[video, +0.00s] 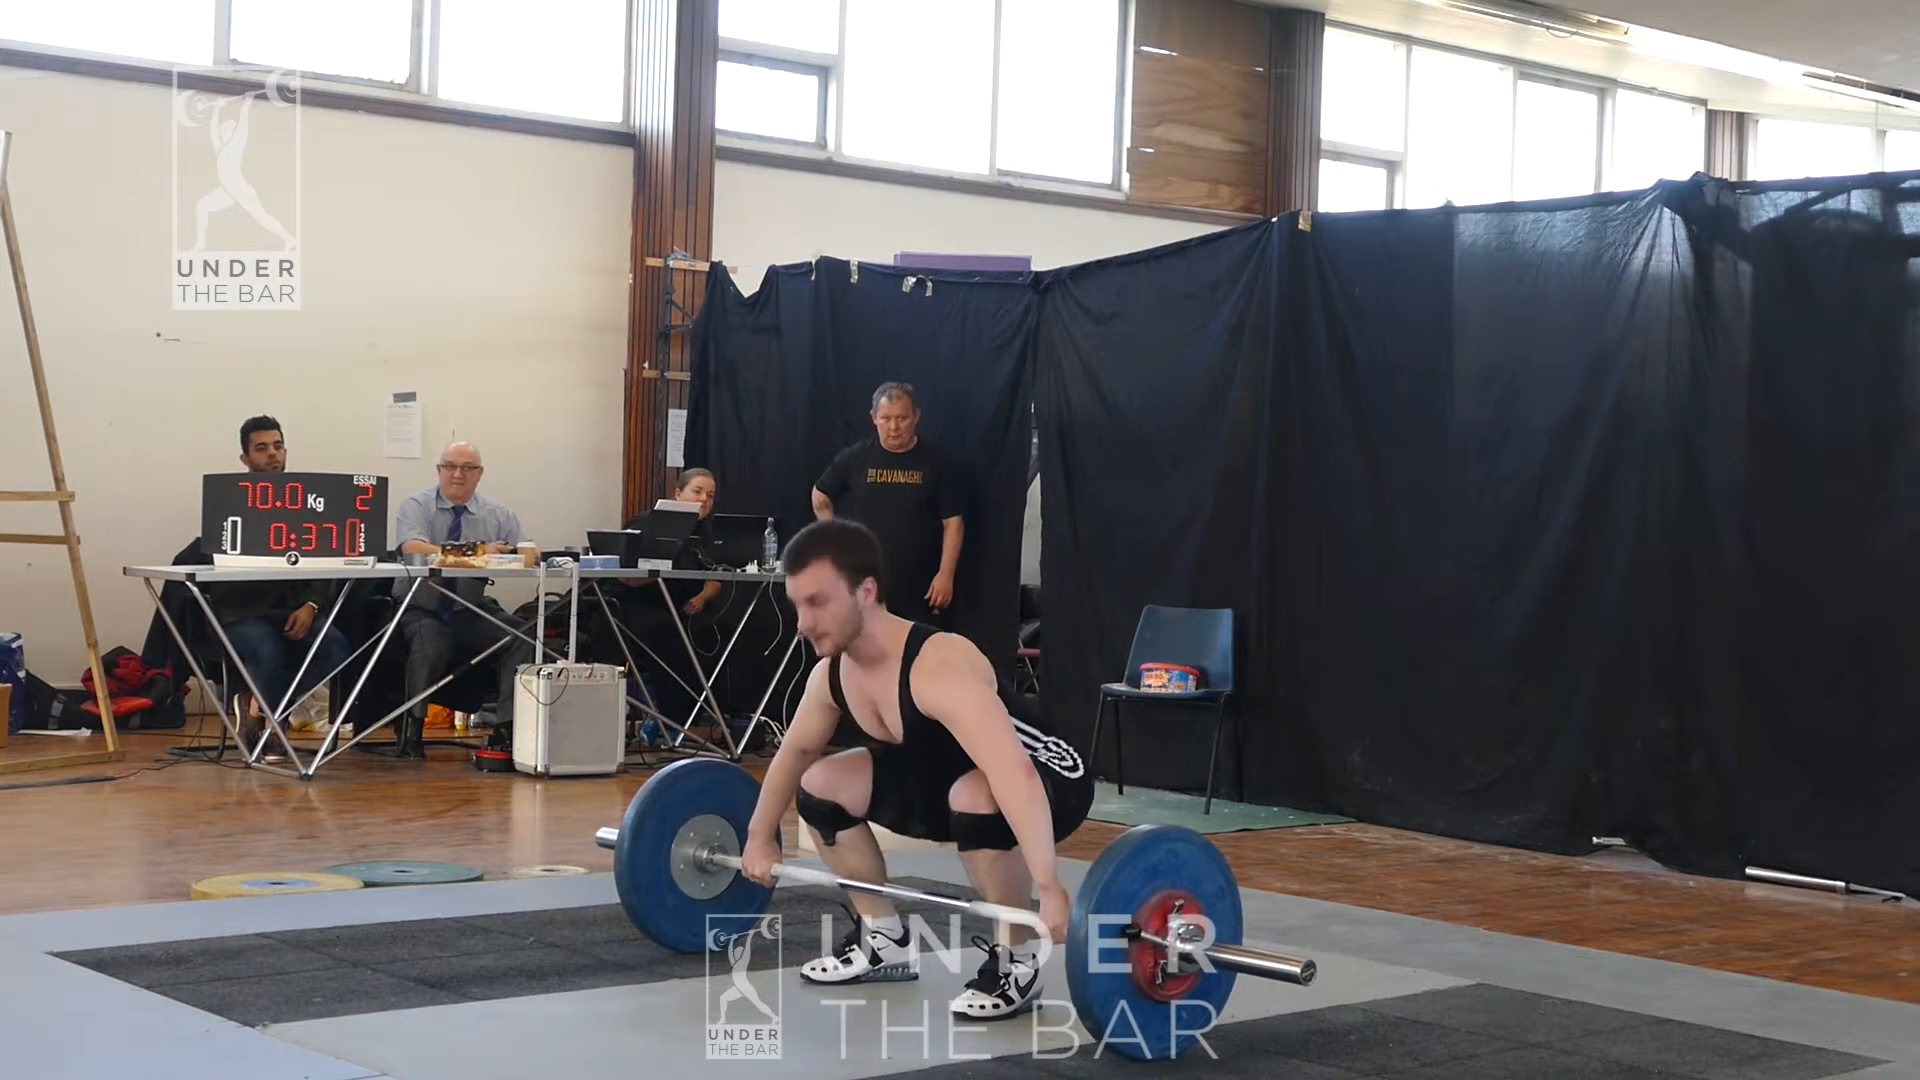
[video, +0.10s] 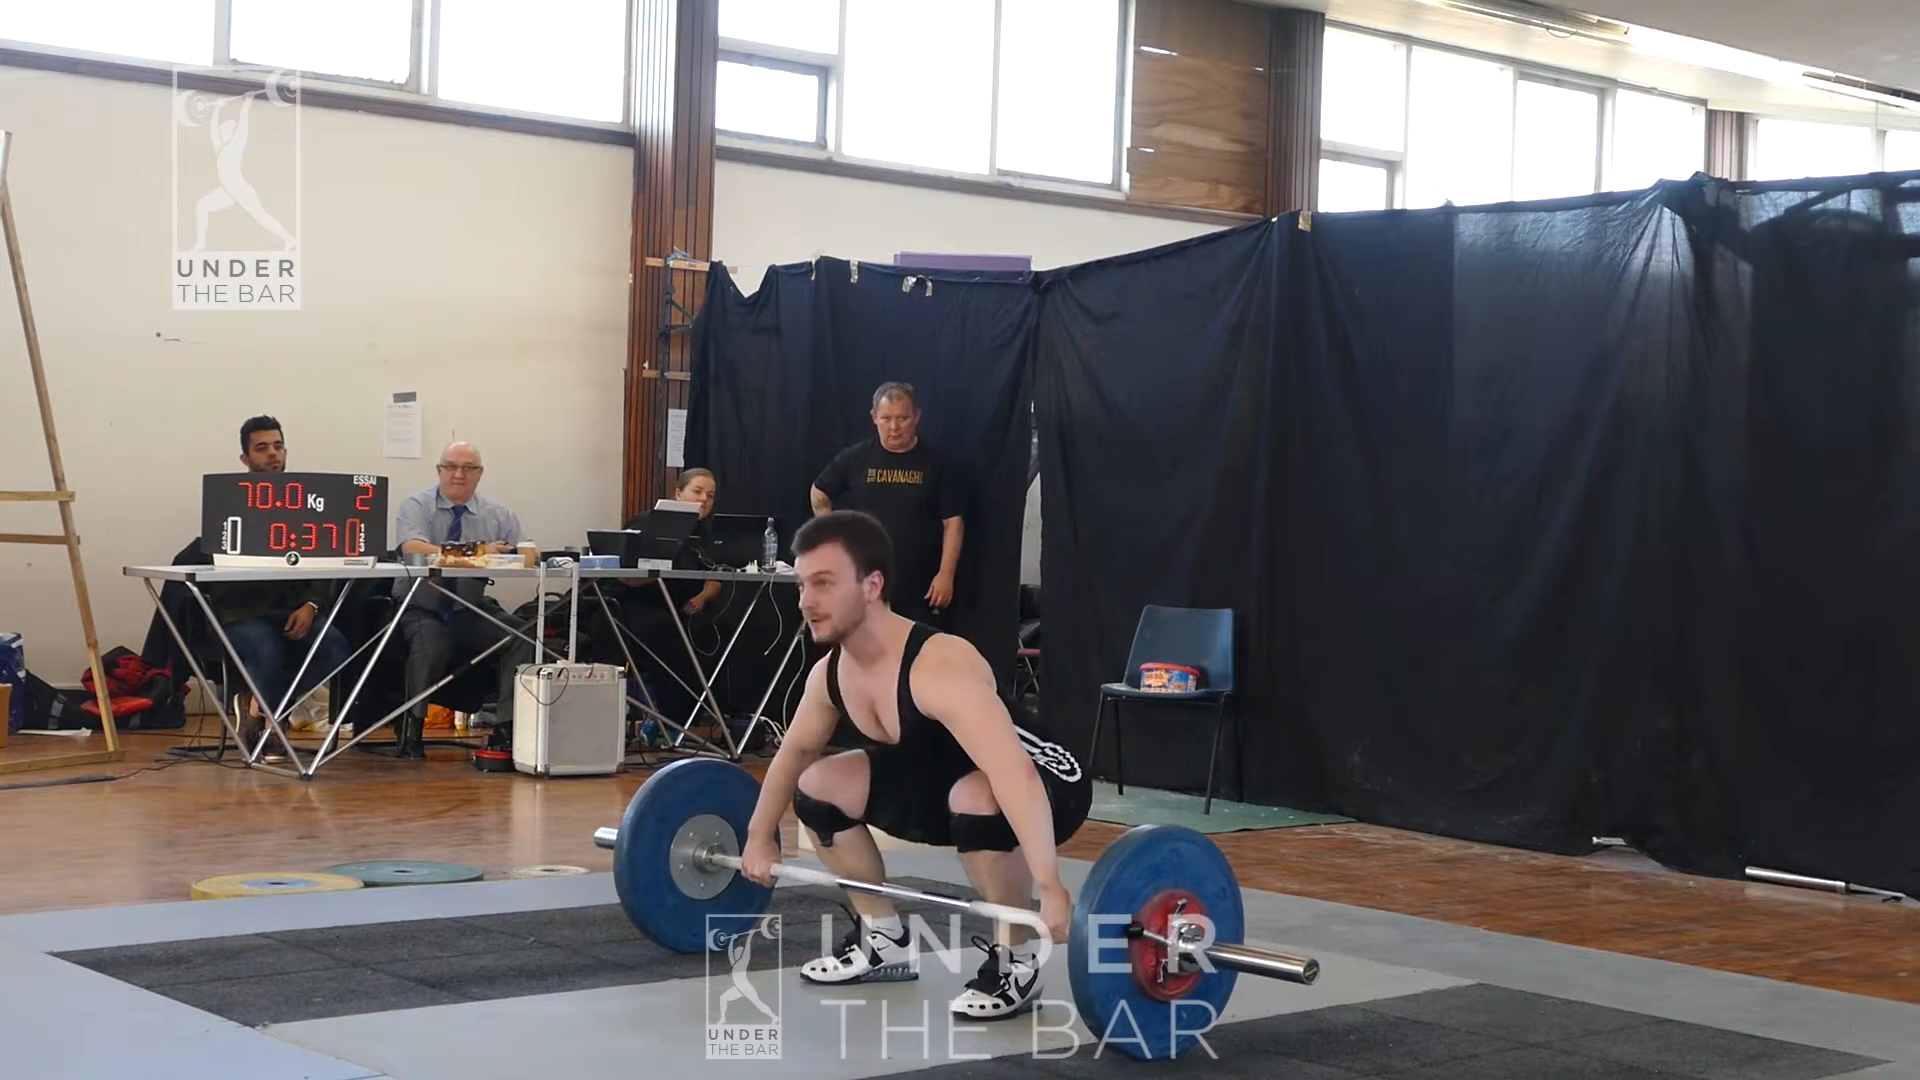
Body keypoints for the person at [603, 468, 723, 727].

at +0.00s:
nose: (704, 500)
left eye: (710, 495)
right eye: (697, 492)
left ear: (714, 502)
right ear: (678, 494)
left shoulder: (707, 534)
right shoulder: (648, 525)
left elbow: (717, 578)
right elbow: (626, 577)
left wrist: (702, 597)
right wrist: (661, 571)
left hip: (685, 612)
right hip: (645, 609)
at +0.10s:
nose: (704, 500)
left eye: (710, 495)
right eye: (697, 492)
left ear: (714, 502)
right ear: (678, 494)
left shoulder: (705, 534)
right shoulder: (647, 524)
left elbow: (716, 578)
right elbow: (628, 577)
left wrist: (702, 597)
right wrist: (664, 567)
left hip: (682, 613)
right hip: (642, 610)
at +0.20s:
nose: (704, 499)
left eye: (710, 495)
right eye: (697, 491)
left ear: (714, 502)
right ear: (678, 493)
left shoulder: (705, 533)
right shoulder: (648, 524)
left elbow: (716, 578)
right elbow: (629, 577)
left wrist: (702, 597)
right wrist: (664, 567)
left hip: (682, 612)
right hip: (642, 610)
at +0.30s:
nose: (704, 500)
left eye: (710, 495)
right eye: (697, 492)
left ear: (714, 502)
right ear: (678, 493)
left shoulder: (705, 534)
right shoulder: (648, 524)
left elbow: (717, 578)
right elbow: (628, 578)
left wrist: (702, 598)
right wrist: (664, 568)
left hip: (683, 615)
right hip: (643, 612)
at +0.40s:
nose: (704, 499)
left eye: (710, 495)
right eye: (697, 491)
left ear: (714, 502)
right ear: (678, 493)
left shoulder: (705, 533)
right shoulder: (648, 524)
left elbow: (716, 578)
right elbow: (629, 578)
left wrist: (702, 597)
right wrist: (664, 567)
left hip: (682, 613)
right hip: (641, 610)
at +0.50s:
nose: (704, 499)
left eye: (710, 495)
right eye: (697, 491)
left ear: (714, 502)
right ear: (678, 493)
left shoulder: (706, 534)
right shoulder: (646, 525)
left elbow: (717, 578)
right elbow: (629, 578)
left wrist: (701, 597)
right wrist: (661, 567)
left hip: (685, 614)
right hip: (643, 612)